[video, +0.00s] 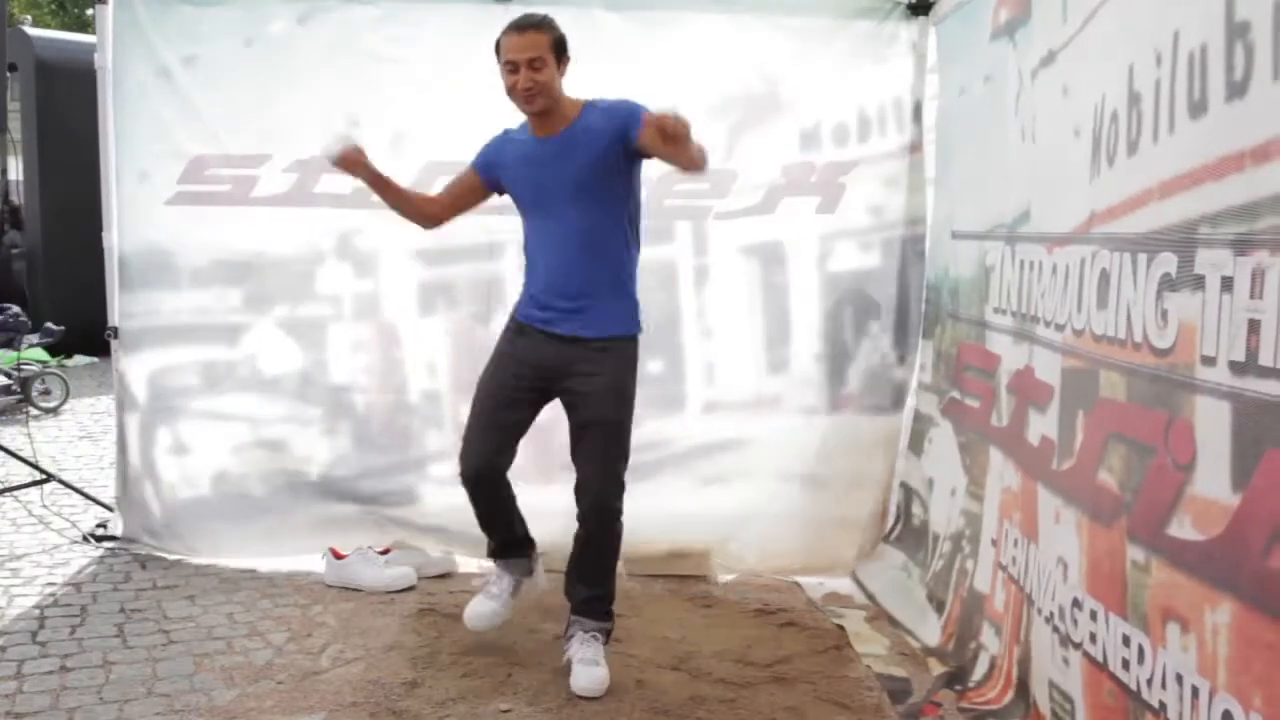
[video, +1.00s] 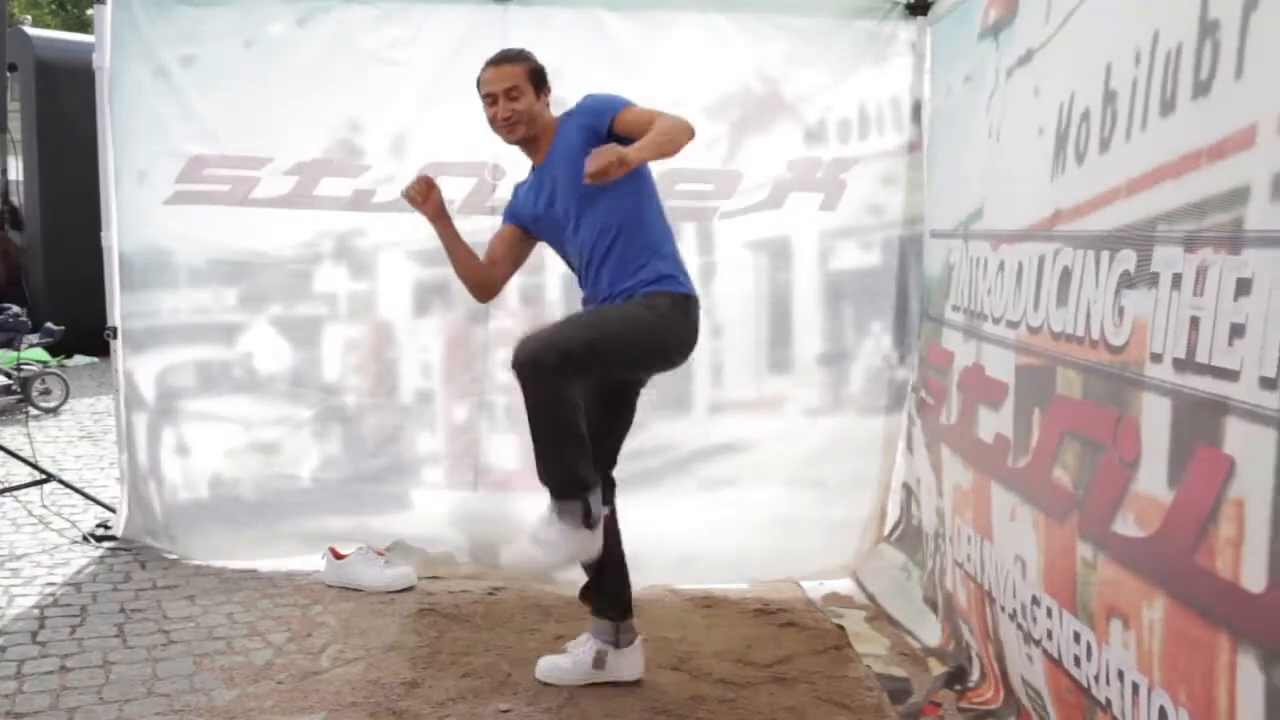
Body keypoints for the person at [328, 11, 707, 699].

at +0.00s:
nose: (525, 79)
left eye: (536, 65)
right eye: (512, 69)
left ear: (563, 64)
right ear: (502, 77)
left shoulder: (616, 120)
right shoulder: (505, 151)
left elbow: (692, 163)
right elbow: (430, 213)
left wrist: (677, 138)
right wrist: (369, 175)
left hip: (605, 341)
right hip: (530, 333)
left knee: (600, 492)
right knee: (478, 465)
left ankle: (589, 629)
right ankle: (515, 561)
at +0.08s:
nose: (515, 77)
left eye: (526, 62)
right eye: (503, 67)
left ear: (555, 61)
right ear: (494, 72)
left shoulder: (601, 104)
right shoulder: (505, 145)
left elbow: (653, 102)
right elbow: (415, 181)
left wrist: (650, 75)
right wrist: (334, 138)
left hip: (608, 328)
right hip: (535, 326)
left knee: (607, 486)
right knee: (500, 469)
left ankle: (598, 627)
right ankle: (537, 584)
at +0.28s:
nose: (502, 103)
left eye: (514, 91)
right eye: (491, 93)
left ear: (542, 93)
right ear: (482, 101)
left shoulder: (579, 135)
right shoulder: (503, 181)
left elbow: (626, 125)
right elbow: (426, 238)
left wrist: (559, 83)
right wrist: (379, 165)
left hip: (609, 351)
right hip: (545, 355)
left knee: (597, 503)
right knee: (520, 499)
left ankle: (615, 647)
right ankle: (569, 622)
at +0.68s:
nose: (502, 90)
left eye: (513, 75)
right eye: (491, 81)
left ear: (547, 74)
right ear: (487, 91)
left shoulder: (594, 103)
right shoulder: (523, 167)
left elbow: (572, 120)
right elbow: (464, 244)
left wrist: (508, 123)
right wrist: (405, 195)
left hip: (625, 327)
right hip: (565, 337)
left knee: (609, 496)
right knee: (557, 496)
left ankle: (615, 658)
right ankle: (594, 630)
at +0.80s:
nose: (506, 110)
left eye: (517, 97)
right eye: (496, 102)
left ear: (549, 101)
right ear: (491, 116)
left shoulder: (590, 134)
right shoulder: (526, 199)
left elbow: (633, 184)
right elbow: (504, 296)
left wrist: (539, 218)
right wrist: (454, 251)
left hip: (628, 351)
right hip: (569, 360)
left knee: (592, 509)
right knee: (549, 510)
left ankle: (610, 667)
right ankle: (596, 641)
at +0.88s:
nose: (506, 118)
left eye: (516, 104)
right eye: (495, 110)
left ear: (546, 106)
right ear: (490, 122)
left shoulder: (591, 137)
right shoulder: (525, 205)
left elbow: (666, 171)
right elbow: (487, 297)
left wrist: (581, 209)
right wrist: (444, 246)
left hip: (641, 339)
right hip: (583, 351)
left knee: (563, 467)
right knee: (551, 494)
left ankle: (600, 622)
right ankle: (605, 640)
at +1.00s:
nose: (502, 110)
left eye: (513, 95)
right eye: (491, 101)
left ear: (543, 94)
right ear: (485, 112)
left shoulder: (589, 117)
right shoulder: (528, 198)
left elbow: (678, 129)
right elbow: (484, 284)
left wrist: (634, 152)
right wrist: (439, 218)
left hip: (662, 306)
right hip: (609, 324)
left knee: (538, 354)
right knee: (588, 474)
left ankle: (577, 516)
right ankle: (615, 638)